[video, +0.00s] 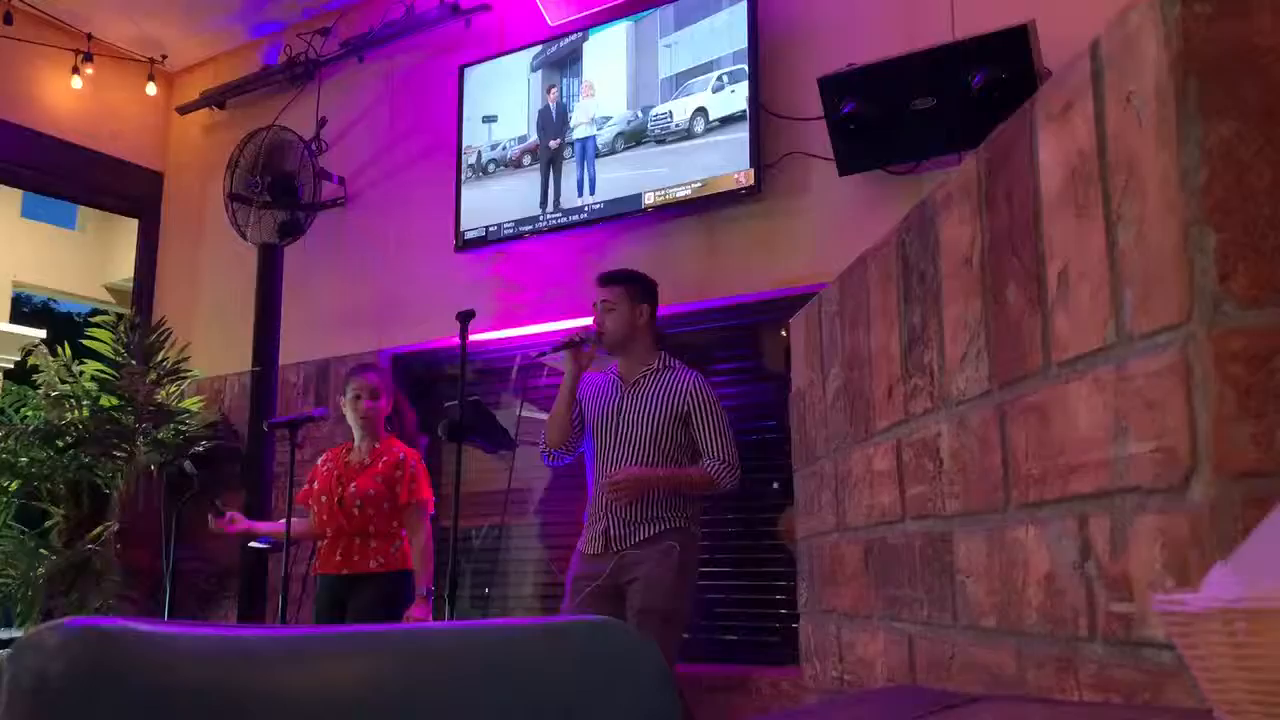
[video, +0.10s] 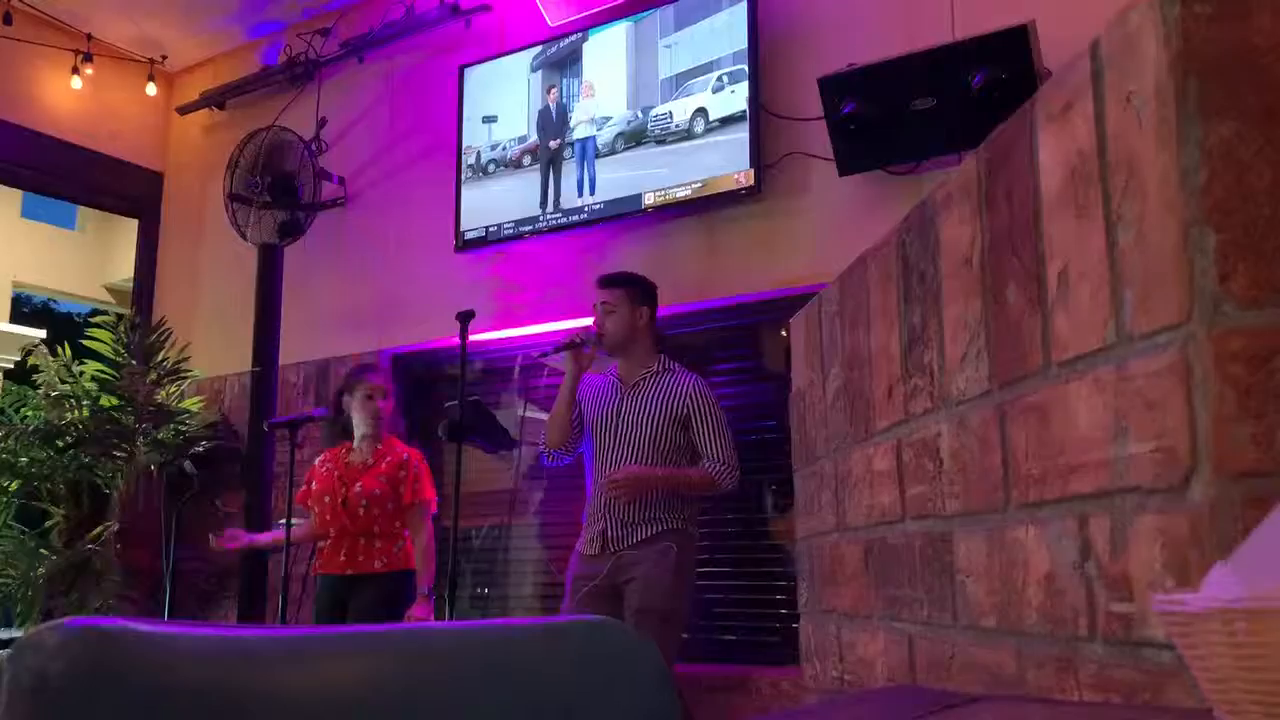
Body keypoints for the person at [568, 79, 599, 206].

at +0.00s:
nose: (583, 89)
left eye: (586, 87)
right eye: (582, 87)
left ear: (590, 89)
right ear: (581, 89)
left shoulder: (593, 102)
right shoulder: (577, 105)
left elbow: (591, 116)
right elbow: (572, 123)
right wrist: (583, 120)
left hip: (590, 135)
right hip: (578, 136)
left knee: (590, 166)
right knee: (579, 167)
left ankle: (591, 195)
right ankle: (579, 196)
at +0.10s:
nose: (583, 90)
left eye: (586, 87)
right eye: (582, 88)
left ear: (590, 89)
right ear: (581, 90)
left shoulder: (593, 102)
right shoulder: (577, 105)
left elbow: (592, 116)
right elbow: (572, 123)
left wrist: (578, 119)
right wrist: (582, 118)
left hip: (590, 135)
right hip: (578, 136)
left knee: (590, 166)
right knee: (579, 168)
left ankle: (591, 195)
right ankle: (579, 196)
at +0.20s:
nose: (583, 90)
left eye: (586, 88)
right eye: (582, 88)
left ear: (591, 90)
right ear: (580, 90)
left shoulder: (594, 103)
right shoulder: (578, 105)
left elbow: (591, 115)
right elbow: (571, 124)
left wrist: (585, 103)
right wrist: (579, 116)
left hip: (590, 135)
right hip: (578, 136)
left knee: (590, 167)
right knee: (579, 168)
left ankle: (591, 196)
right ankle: (580, 197)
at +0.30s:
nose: (583, 90)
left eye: (586, 88)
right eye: (582, 88)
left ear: (591, 90)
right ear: (581, 90)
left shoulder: (594, 103)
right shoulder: (578, 105)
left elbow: (592, 115)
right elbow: (572, 124)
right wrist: (577, 115)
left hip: (590, 134)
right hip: (578, 136)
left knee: (590, 167)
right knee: (579, 168)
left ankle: (591, 196)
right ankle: (580, 197)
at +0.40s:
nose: (584, 90)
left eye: (586, 88)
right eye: (583, 88)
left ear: (591, 90)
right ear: (581, 90)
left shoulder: (595, 103)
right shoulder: (578, 105)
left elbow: (599, 116)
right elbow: (576, 121)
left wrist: (591, 125)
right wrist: (574, 126)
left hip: (590, 135)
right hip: (578, 136)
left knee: (591, 166)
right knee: (579, 168)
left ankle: (592, 195)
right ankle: (580, 197)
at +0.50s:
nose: (585, 90)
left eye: (587, 88)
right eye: (583, 88)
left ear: (591, 90)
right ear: (581, 90)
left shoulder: (595, 103)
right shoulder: (578, 105)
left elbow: (598, 117)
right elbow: (576, 124)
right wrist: (566, 126)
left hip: (590, 135)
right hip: (578, 137)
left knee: (591, 167)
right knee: (579, 169)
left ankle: (592, 196)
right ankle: (580, 197)